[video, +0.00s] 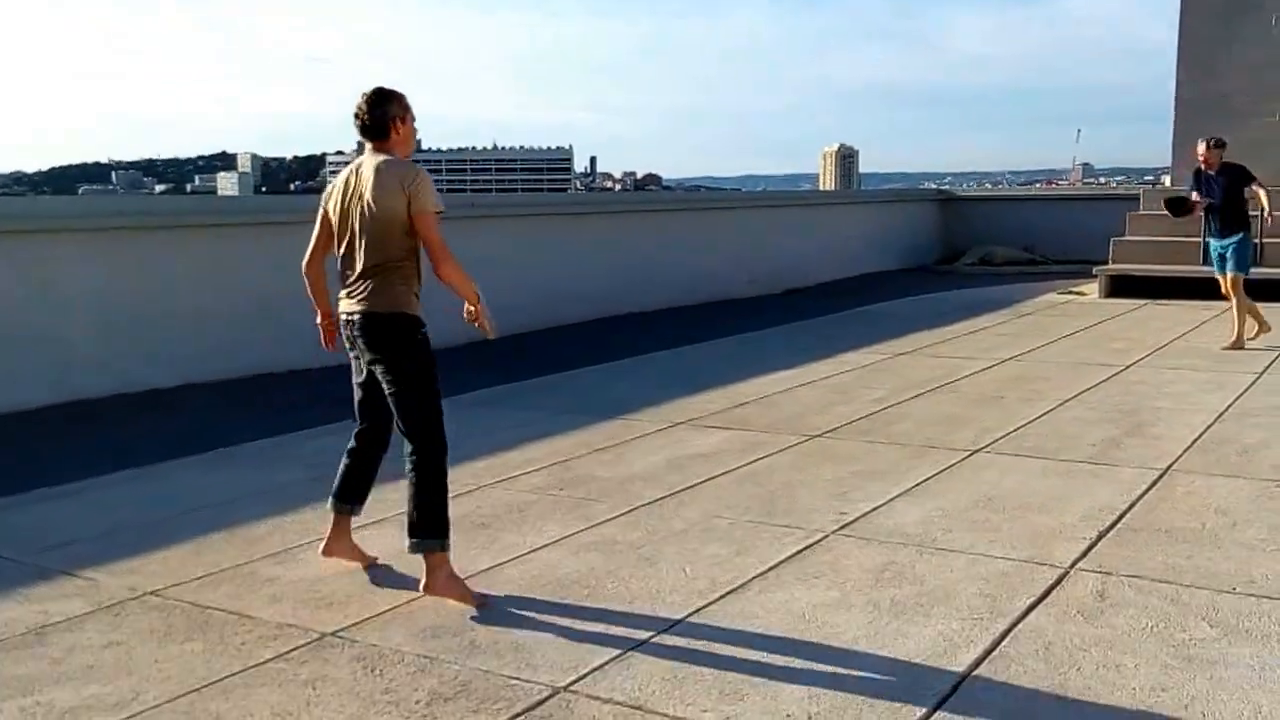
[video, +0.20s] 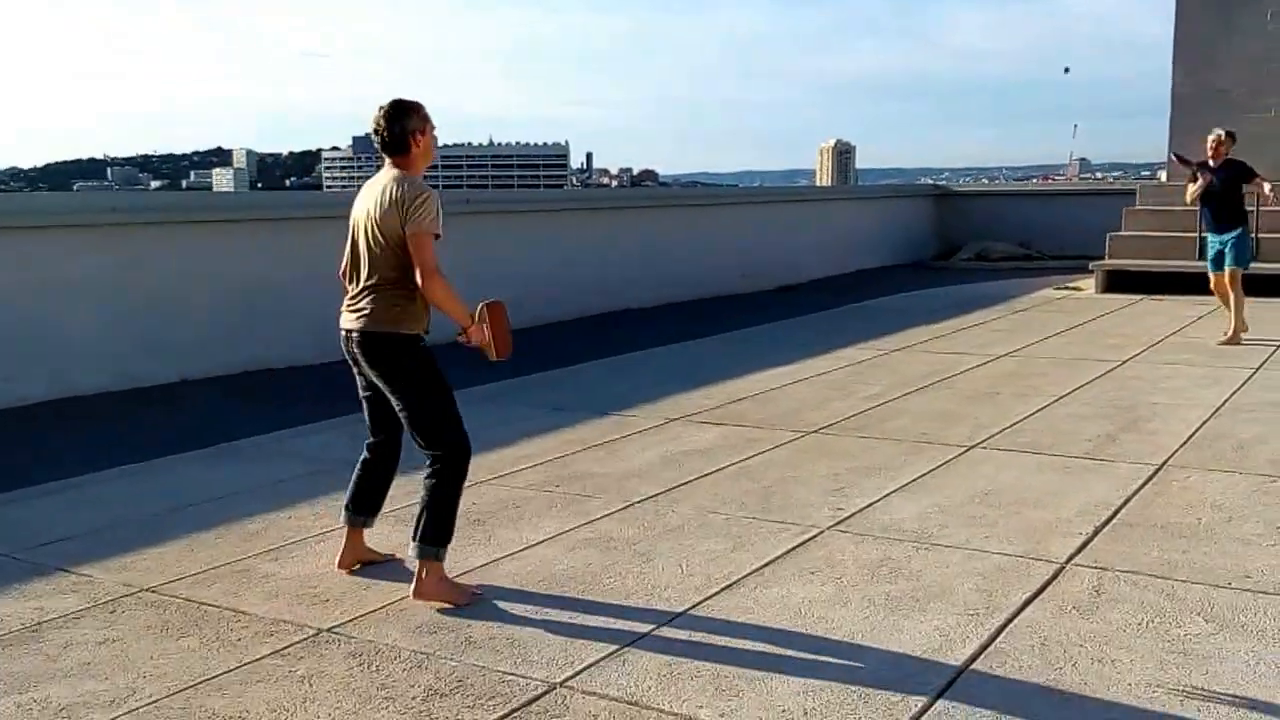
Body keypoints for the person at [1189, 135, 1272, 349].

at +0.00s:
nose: (1202, 161)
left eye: (1206, 157)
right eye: (1200, 157)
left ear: (1218, 155)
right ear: (1198, 156)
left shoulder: (1235, 171)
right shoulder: (1199, 174)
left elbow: (1260, 189)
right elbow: (1195, 204)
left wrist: (1267, 210)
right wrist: (1196, 205)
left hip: (1237, 235)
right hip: (1215, 237)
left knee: (1234, 285)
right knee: (1226, 289)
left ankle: (1238, 337)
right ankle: (1261, 322)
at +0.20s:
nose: (1214, 148)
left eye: (1219, 145)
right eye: (1212, 143)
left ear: (1227, 148)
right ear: (1207, 145)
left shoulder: (1236, 167)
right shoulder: (1200, 169)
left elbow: (1260, 183)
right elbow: (1189, 199)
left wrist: (1267, 189)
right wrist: (1201, 184)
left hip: (1235, 230)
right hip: (1213, 232)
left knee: (1232, 278)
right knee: (1216, 284)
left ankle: (1235, 330)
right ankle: (1239, 320)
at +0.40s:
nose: (1213, 144)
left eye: (1219, 141)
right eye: (1211, 139)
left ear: (1226, 147)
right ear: (1205, 142)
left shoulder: (1233, 166)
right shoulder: (1198, 168)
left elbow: (1258, 180)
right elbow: (1181, 192)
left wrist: (1265, 183)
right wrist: (1196, 172)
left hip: (1231, 231)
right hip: (1207, 232)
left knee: (1221, 276)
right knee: (1195, 280)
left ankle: (1231, 328)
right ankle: (1199, 318)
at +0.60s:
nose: (1207, 144)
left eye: (1212, 140)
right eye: (1204, 140)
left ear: (1219, 145)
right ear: (1199, 143)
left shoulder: (1229, 167)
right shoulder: (1190, 169)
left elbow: (1245, 191)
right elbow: (1174, 201)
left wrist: (1243, 202)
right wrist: (1185, 190)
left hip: (1223, 229)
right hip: (1196, 230)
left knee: (1222, 272)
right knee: (1181, 277)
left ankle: (1233, 321)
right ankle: (1190, 315)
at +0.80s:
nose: (1205, 140)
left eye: (1210, 137)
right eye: (1203, 137)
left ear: (1218, 142)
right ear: (1197, 140)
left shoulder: (1229, 165)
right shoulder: (1191, 166)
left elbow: (1238, 197)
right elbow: (1182, 193)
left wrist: (1228, 222)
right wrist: (1173, 207)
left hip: (1218, 229)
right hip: (1193, 228)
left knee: (1223, 272)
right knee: (1179, 273)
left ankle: (1242, 316)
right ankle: (1188, 312)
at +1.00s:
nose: (1202, 124)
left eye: (1207, 120)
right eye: (1200, 119)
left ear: (1217, 124)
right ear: (1195, 123)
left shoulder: (1227, 145)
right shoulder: (1194, 149)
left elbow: (1241, 179)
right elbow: (1191, 179)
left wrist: (1233, 206)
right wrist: (1174, 204)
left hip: (1221, 211)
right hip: (1198, 211)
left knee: (1230, 257)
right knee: (1183, 254)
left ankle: (1248, 304)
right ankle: (1182, 301)